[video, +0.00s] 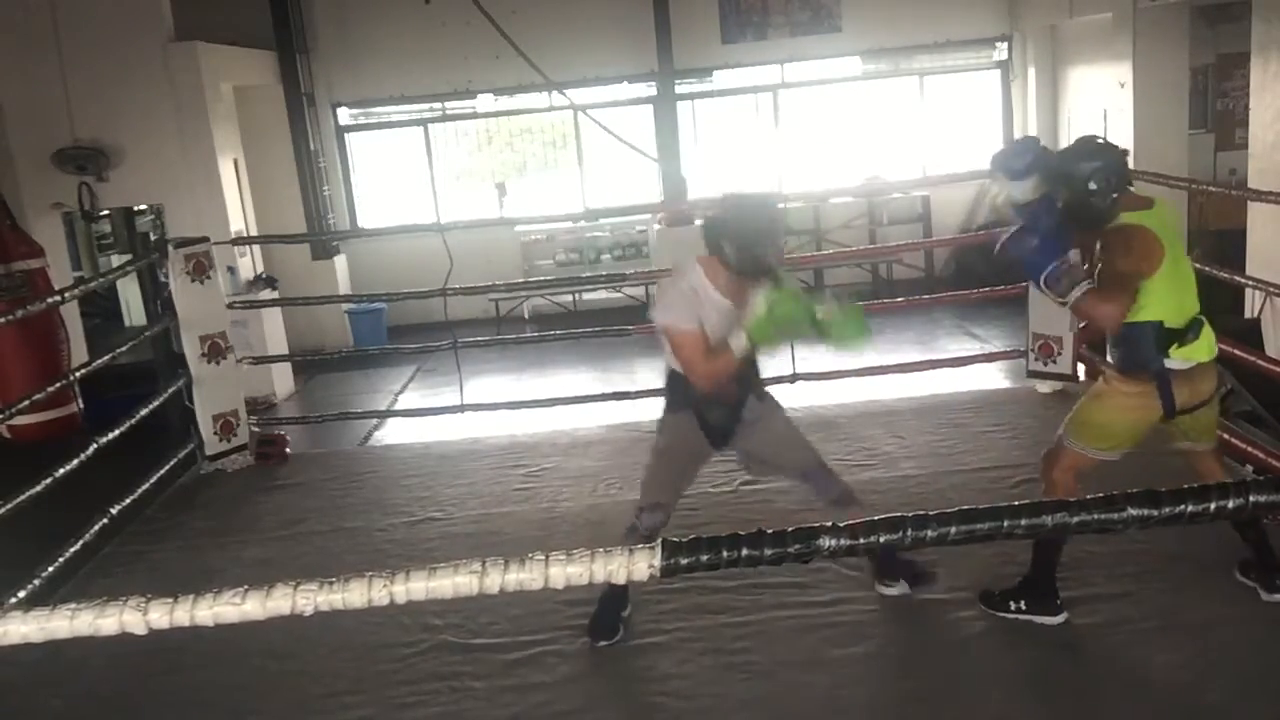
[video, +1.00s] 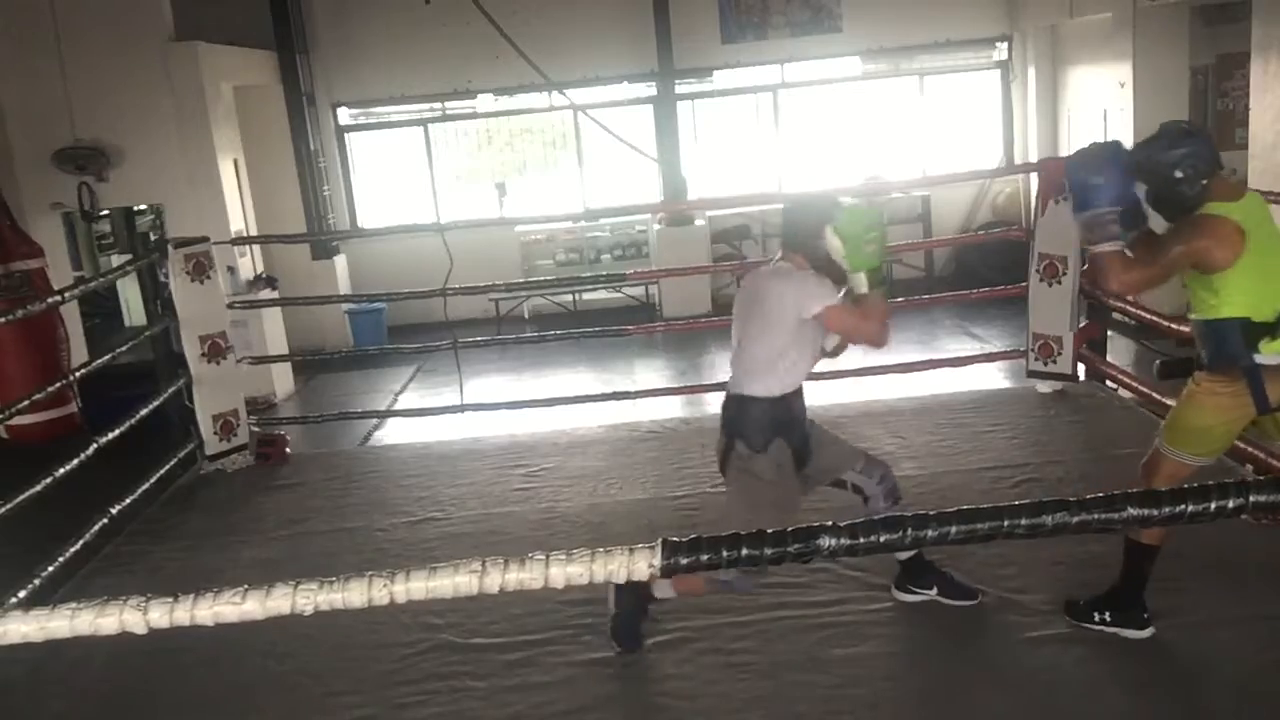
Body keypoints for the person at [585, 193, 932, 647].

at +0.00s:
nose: (774, 255)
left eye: (775, 244)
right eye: (767, 245)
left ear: (752, 247)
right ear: (734, 246)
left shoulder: (759, 283)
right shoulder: (676, 296)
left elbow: (791, 318)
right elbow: (703, 377)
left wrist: (824, 324)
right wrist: (757, 334)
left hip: (748, 403)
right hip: (689, 414)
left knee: (820, 475)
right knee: (652, 513)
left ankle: (884, 560)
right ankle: (614, 599)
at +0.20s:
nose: (802, 295)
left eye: (802, 284)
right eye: (792, 286)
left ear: (770, 290)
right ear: (755, 292)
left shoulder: (790, 326)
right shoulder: (706, 341)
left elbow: (828, 363)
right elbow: (734, 419)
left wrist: (864, 374)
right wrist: (789, 382)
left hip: (770, 433)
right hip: (711, 447)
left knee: (863, 483)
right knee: (669, 536)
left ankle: (901, 567)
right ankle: (621, 592)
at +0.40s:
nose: (758, 254)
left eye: (758, 243)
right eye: (750, 245)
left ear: (721, 242)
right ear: (714, 245)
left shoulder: (745, 281)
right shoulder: (664, 303)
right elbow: (704, 376)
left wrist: (803, 332)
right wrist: (753, 333)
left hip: (752, 408)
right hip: (696, 424)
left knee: (830, 469)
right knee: (665, 521)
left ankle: (886, 561)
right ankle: (619, 593)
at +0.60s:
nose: (783, 218)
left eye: (783, 207)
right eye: (777, 207)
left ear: (746, 209)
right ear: (751, 209)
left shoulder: (755, 263)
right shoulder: (700, 272)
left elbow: (763, 321)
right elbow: (743, 348)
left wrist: (799, 291)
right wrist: (795, 308)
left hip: (752, 395)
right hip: (703, 404)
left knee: (829, 470)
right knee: (674, 519)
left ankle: (893, 561)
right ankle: (616, 599)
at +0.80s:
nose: (841, 238)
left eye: (842, 228)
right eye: (837, 228)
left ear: (789, 226)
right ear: (816, 231)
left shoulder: (762, 266)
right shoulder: (787, 274)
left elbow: (819, 333)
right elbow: (838, 334)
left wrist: (846, 287)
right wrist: (855, 282)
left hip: (774, 411)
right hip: (738, 415)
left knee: (855, 483)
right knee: (725, 540)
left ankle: (908, 570)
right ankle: (626, 579)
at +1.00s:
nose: (846, 239)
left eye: (844, 229)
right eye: (840, 229)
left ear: (790, 237)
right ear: (819, 238)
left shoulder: (757, 280)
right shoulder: (802, 285)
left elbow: (802, 345)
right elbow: (876, 334)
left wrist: (850, 321)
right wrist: (874, 296)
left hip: (783, 427)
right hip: (760, 435)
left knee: (874, 477)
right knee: (748, 570)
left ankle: (912, 568)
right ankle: (643, 589)